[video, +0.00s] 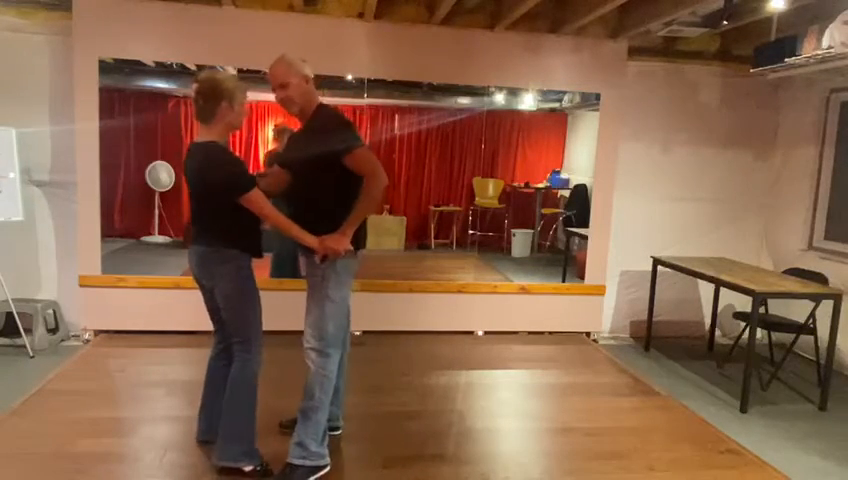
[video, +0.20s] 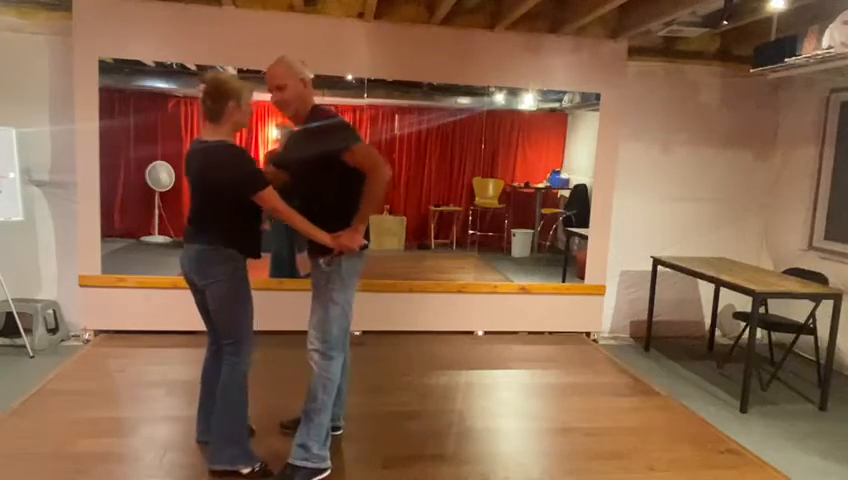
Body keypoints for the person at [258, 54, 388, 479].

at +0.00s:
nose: (278, 95)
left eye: (282, 86)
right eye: (274, 89)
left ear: (307, 80)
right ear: (284, 89)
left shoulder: (332, 125)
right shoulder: (301, 132)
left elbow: (377, 179)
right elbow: (281, 180)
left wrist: (346, 233)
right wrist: (243, 186)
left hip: (333, 252)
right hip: (315, 250)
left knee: (320, 347)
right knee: (329, 340)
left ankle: (310, 454)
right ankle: (328, 418)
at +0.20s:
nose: (275, 98)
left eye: (281, 88)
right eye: (271, 91)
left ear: (305, 84)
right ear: (276, 93)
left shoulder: (329, 126)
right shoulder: (298, 134)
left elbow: (380, 170)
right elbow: (281, 180)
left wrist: (358, 227)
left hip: (340, 251)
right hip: (323, 250)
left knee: (323, 348)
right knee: (331, 342)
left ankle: (312, 457)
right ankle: (329, 418)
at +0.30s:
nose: (275, 97)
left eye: (281, 88)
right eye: (271, 90)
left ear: (305, 85)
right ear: (277, 92)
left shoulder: (328, 125)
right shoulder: (297, 135)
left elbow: (384, 164)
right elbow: (271, 179)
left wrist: (368, 223)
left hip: (343, 253)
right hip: (323, 253)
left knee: (325, 349)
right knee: (327, 342)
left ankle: (313, 460)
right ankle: (326, 418)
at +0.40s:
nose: (277, 92)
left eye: (284, 84)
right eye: (273, 85)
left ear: (308, 84)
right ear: (274, 91)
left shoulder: (333, 124)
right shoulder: (291, 138)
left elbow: (388, 154)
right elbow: (264, 183)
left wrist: (379, 214)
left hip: (344, 252)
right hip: (320, 252)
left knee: (325, 351)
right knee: (318, 340)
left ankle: (313, 462)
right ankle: (325, 416)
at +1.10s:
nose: (312, 136)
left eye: (318, 128)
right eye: (305, 129)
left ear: (334, 129)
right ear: (298, 135)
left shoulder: (361, 166)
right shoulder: (295, 188)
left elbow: (392, 220)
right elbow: (247, 217)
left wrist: (348, 254)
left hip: (367, 279)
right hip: (327, 280)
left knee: (306, 353)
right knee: (276, 343)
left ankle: (313, 467)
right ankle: (322, 419)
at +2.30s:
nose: (299, 123)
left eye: (303, 116)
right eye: (300, 116)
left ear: (314, 118)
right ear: (341, 116)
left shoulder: (356, 168)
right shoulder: (311, 169)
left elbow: (342, 248)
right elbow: (274, 198)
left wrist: (285, 270)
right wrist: (231, 197)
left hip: (349, 294)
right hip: (327, 288)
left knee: (275, 383)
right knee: (307, 352)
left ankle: (310, 470)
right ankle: (324, 417)